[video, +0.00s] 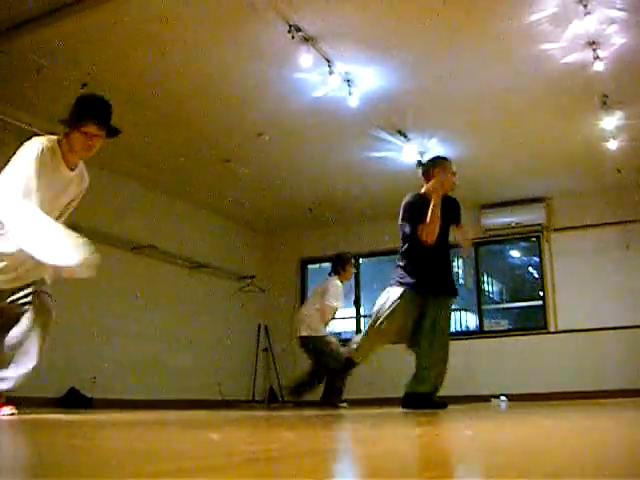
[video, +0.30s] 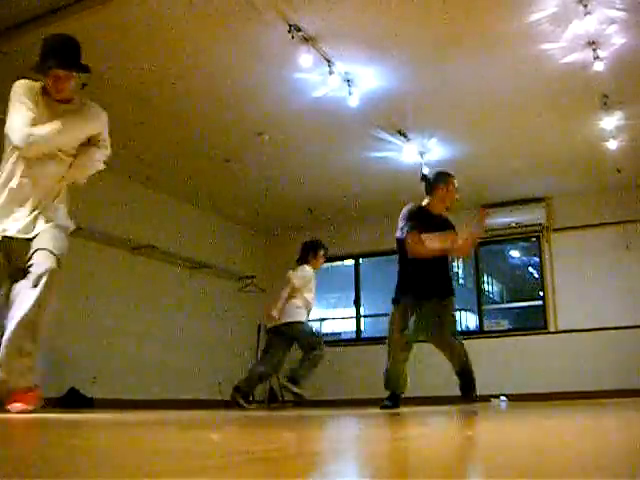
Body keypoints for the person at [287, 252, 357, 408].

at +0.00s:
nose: (353, 272)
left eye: (353, 268)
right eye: (351, 268)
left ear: (339, 269)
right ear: (342, 269)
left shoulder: (326, 283)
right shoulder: (334, 284)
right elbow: (328, 309)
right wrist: (324, 323)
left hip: (305, 332)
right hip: (314, 332)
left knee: (322, 366)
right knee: (339, 363)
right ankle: (332, 399)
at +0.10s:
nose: (344, 263)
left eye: (344, 259)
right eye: (342, 259)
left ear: (328, 260)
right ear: (334, 260)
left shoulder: (324, 275)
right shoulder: (326, 274)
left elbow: (328, 289)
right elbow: (305, 282)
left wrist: (343, 280)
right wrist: (298, 308)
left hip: (300, 328)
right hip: (312, 328)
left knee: (297, 366)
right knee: (329, 358)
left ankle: (269, 383)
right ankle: (330, 398)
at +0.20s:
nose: (334, 256)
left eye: (334, 252)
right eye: (332, 252)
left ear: (322, 252)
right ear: (323, 252)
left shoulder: (315, 270)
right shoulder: (316, 265)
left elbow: (314, 297)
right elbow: (294, 274)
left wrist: (332, 291)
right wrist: (280, 299)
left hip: (287, 318)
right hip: (300, 314)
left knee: (282, 357)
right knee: (321, 345)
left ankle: (251, 375)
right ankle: (322, 394)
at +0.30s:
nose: (323, 261)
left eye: (323, 257)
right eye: (321, 256)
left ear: (309, 256)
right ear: (312, 256)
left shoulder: (296, 272)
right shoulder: (306, 271)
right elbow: (288, 287)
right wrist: (276, 308)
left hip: (280, 321)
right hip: (294, 318)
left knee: (270, 362)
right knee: (316, 349)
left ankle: (241, 391)